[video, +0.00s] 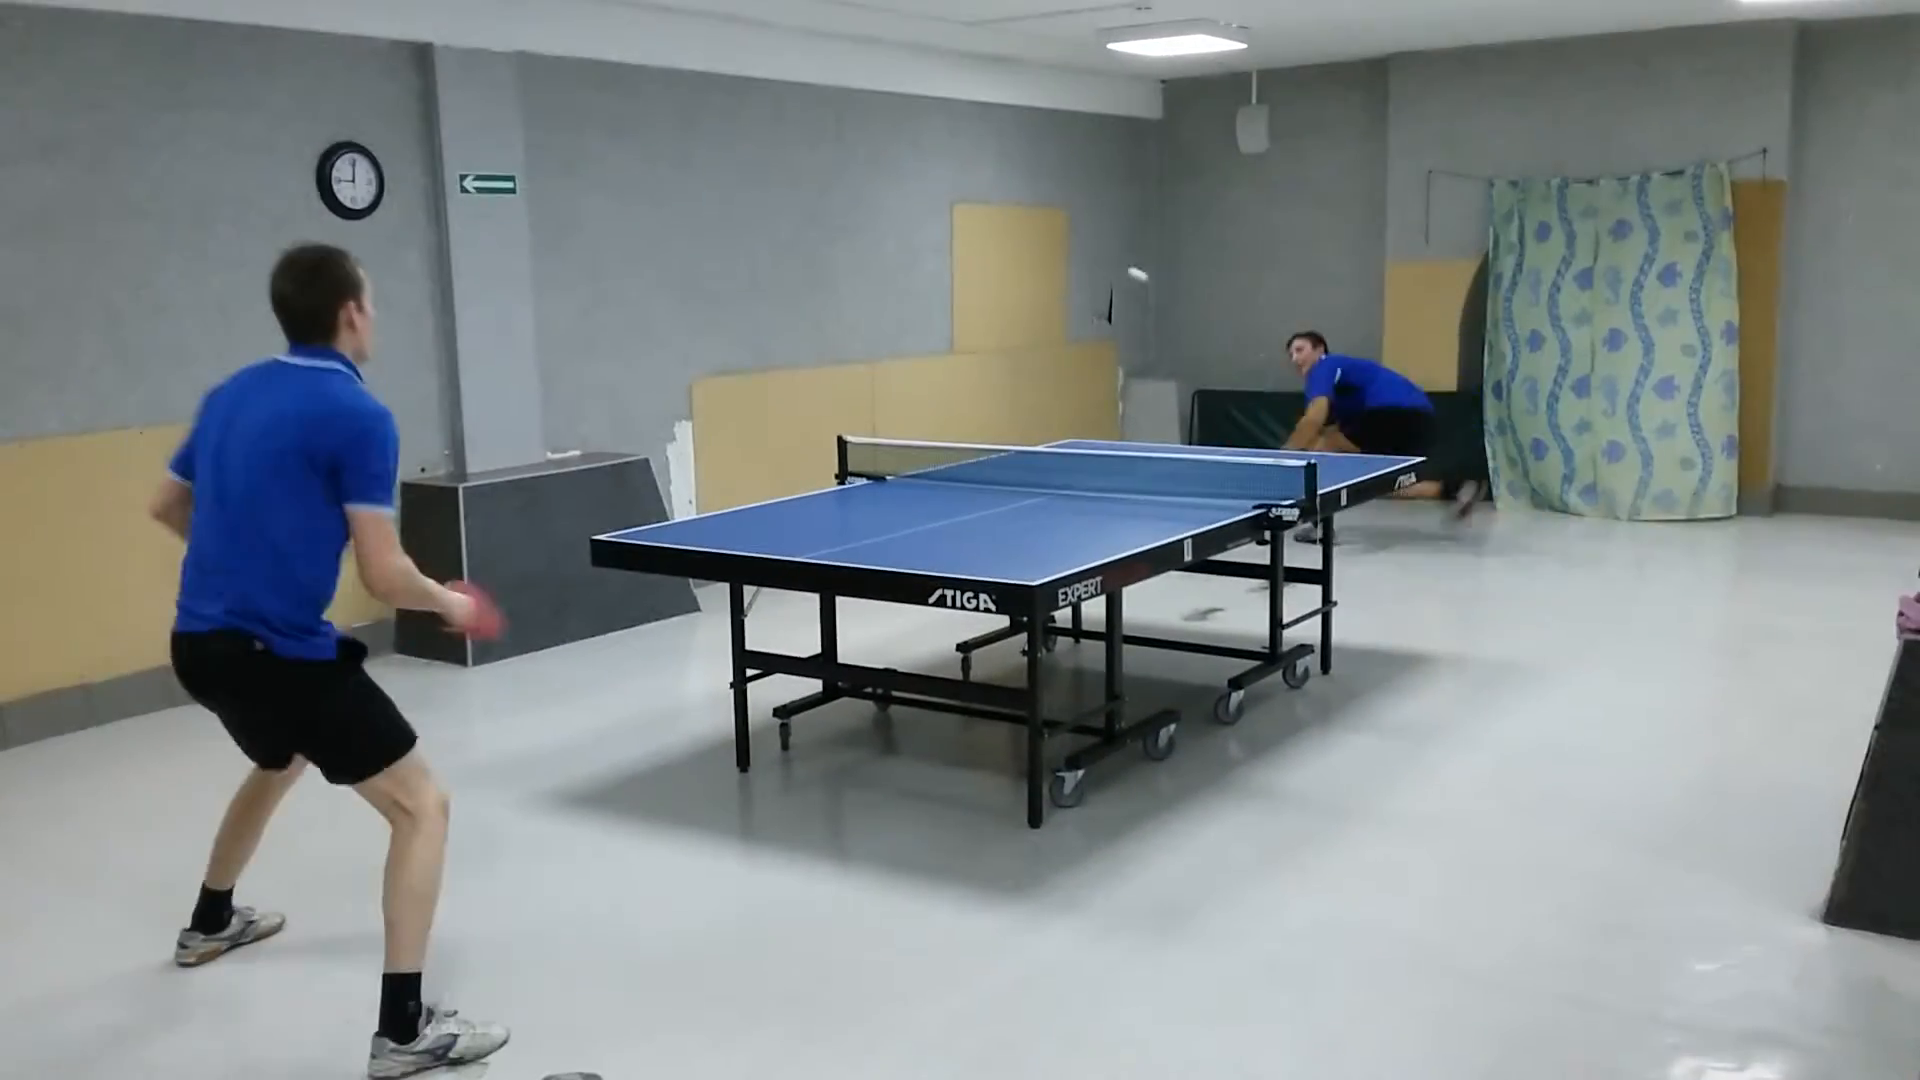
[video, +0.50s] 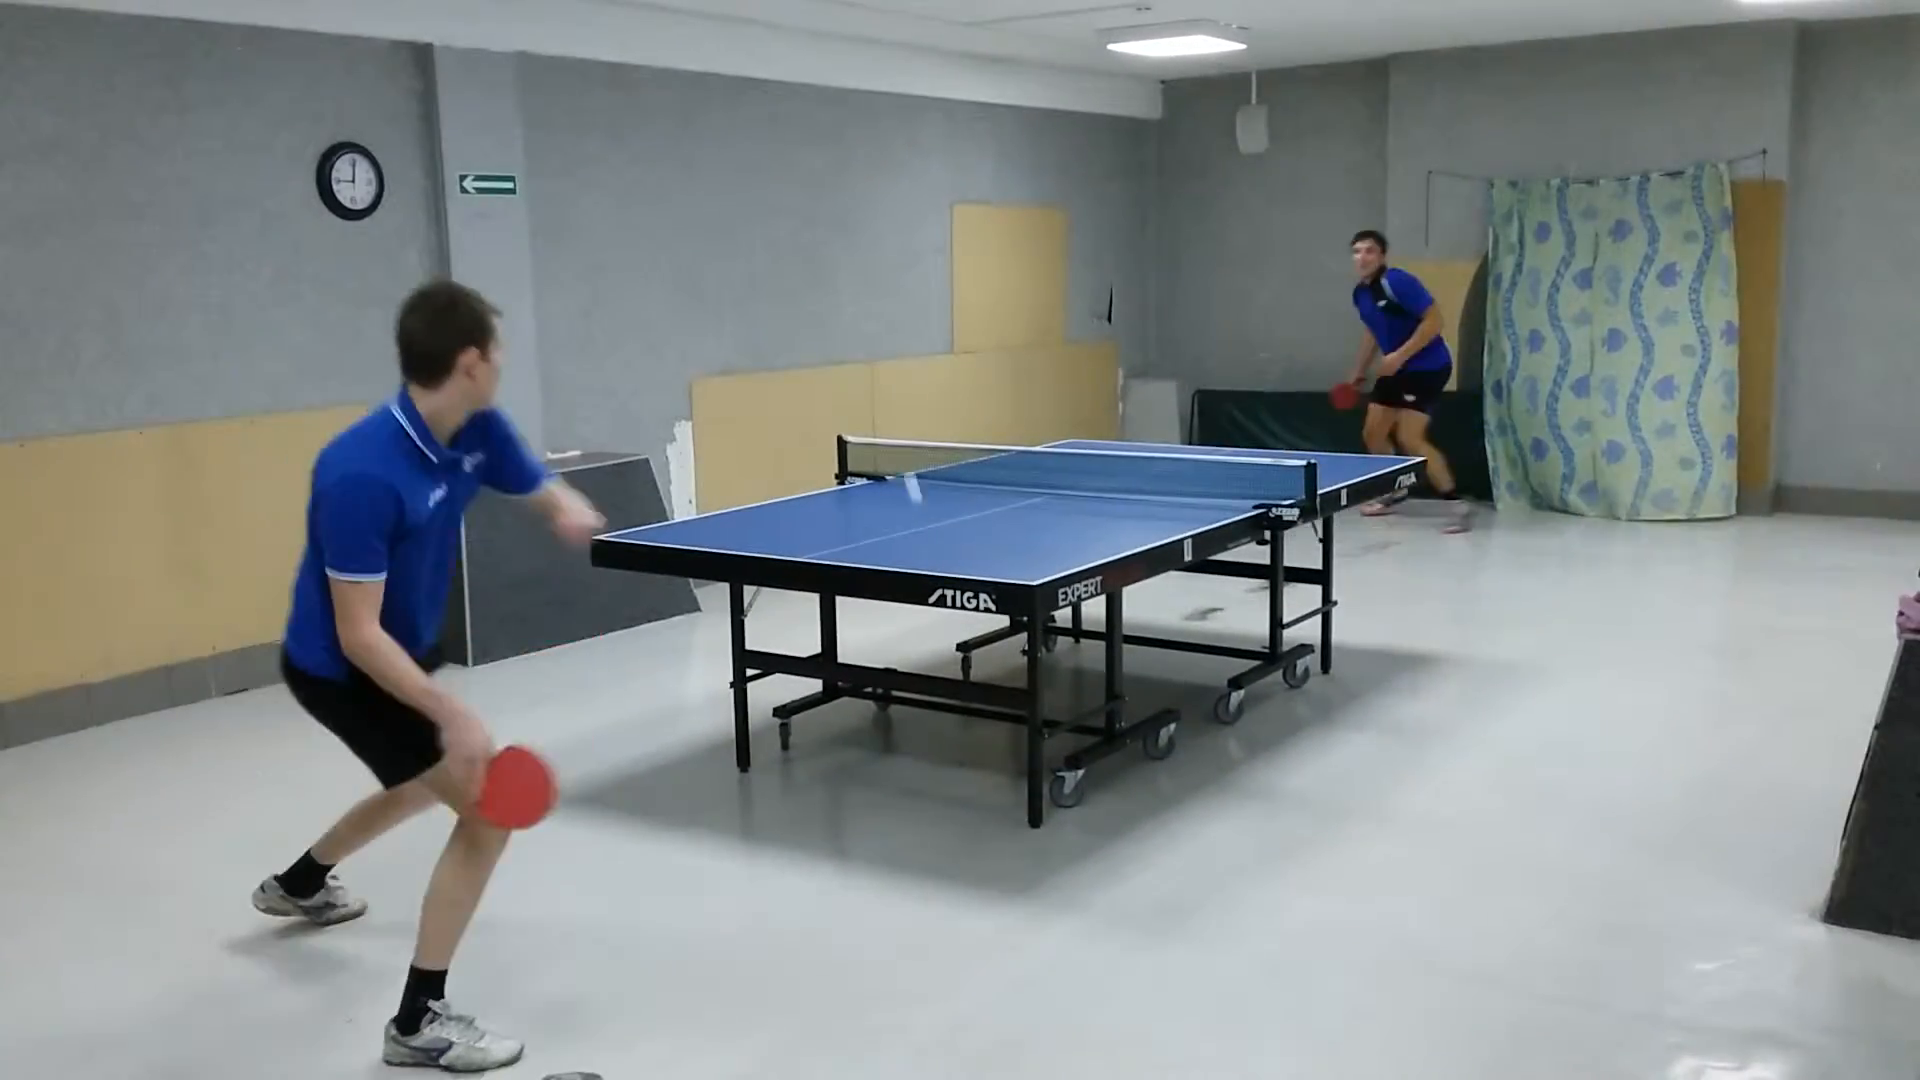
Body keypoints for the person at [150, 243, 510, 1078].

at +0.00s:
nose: (373, 318)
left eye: (367, 304)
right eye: (368, 305)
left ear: (290, 317)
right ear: (350, 314)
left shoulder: (234, 392)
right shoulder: (359, 415)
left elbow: (169, 505)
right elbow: (382, 573)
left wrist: (244, 552)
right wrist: (447, 598)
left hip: (200, 641)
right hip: (285, 650)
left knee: (281, 756)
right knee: (420, 806)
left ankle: (208, 921)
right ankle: (403, 1029)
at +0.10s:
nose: (390, 319)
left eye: (384, 305)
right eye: (386, 307)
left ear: (309, 318)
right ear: (367, 318)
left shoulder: (262, 385)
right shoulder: (354, 416)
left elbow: (267, 523)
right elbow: (364, 577)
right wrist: (473, 599)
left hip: (209, 633)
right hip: (282, 647)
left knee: (287, 758)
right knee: (426, 793)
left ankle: (209, 921)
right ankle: (404, 1018)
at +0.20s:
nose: (410, 315)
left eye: (405, 301)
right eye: (406, 303)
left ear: (332, 313)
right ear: (387, 314)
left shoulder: (294, 378)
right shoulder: (357, 418)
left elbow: (302, 477)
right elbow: (357, 578)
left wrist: (401, 494)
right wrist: (479, 610)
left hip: (231, 626)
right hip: (288, 642)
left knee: (296, 762)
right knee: (437, 783)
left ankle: (210, 920)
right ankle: (417, 1011)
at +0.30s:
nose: (436, 315)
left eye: (432, 301)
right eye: (432, 302)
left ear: (362, 314)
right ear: (411, 314)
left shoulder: (342, 383)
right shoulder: (355, 422)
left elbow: (371, 473)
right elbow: (354, 588)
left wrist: (465, 480)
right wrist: (474, 634)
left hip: (275, 626)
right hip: (308, 647)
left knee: (331, 761)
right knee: (451, 793)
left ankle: (219, 910)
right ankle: (418, 1016)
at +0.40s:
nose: (468, 337)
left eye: (466, 323)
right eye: (464, 324)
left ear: (411, 335)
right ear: (440, 335)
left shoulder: (424, 404)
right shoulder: (357, 449)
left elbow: (437, 483)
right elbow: (355, 610)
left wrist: (505, 491)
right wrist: (465, 678)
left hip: (355, 636)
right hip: (313, 655)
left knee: (402, 757)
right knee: (473, 802)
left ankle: (266, 876)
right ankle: (419, 1017)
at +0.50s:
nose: (500, 365)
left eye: (499, 353)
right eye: (496, 353)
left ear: (446, 364)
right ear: (469, 363)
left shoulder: (480, 428)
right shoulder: (360, 472)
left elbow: (548, 497)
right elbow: (356, 634)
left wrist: (572, 513)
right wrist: (448, 715)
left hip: (396, 650)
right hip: (333, 665)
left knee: (434, 774)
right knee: (487, 808)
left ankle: (300, 879)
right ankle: (419, 1018)